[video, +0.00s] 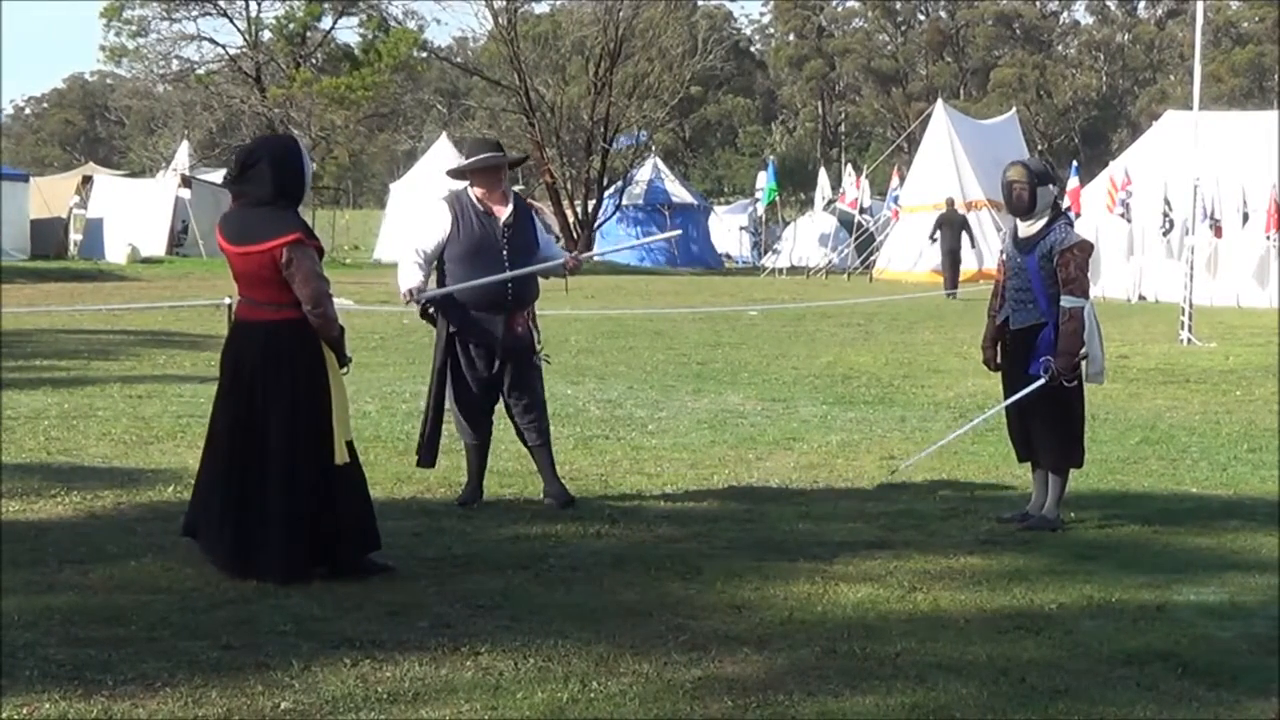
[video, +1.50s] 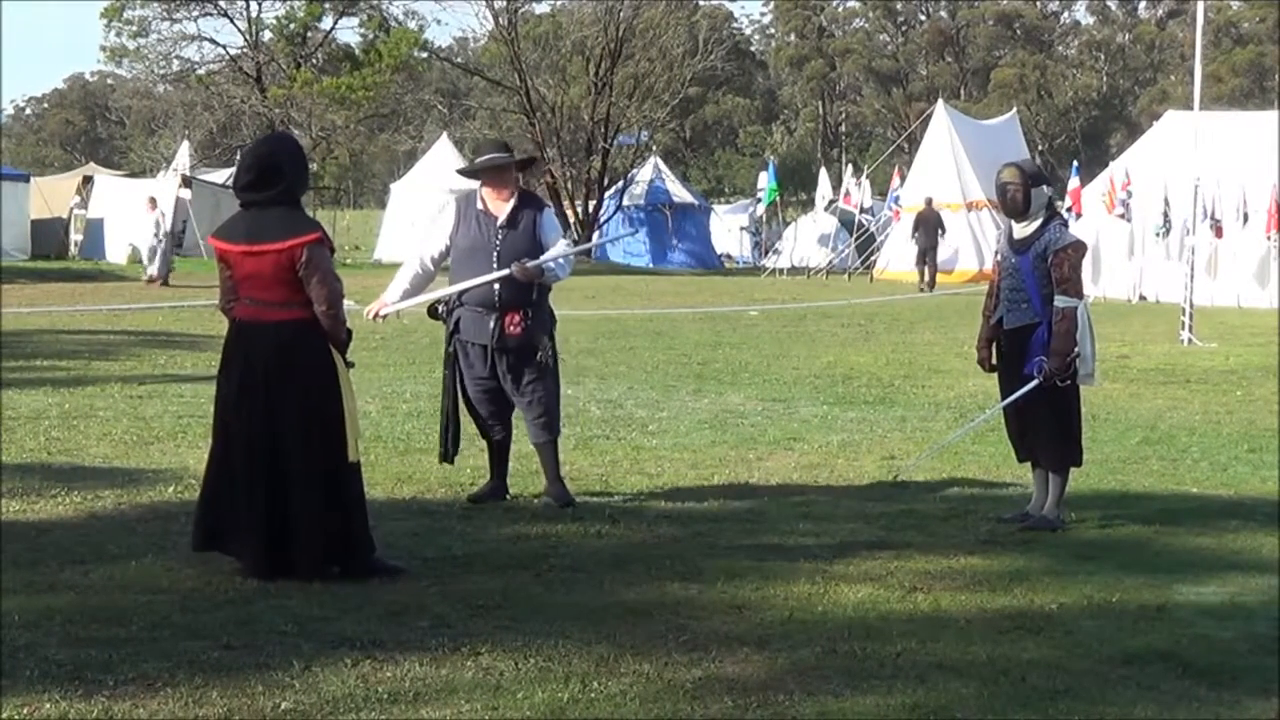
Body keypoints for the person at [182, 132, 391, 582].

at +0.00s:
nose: (307, 178)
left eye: (304, 170)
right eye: (302, 171)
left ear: (247, 176)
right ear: (291, 179)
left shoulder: (229, 227)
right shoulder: (291, 235)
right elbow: (317, 305)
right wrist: (339, 344)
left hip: (247, 337)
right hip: (291, 343)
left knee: (247, 439)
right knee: (305, 441)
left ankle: (242, 541)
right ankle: (310, 546)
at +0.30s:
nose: (301, 179)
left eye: (298, 171)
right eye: (297, 171)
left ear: (242, 175)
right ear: (288, 178)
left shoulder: (225, 229)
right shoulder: (288, 232)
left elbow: (211, 288)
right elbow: (311, 306)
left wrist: (254, 291)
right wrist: (333, 342)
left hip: (240, 343)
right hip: (288, 347)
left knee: (253, 441)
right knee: (309, 441)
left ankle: (261, 547)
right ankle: (336, 547)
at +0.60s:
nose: (301, 181)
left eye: (299, 172)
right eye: (297, 173)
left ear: (241, 175)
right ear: (285, 179)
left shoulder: (222, 233)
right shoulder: (289, 235)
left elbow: (224, 302)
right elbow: (315, 306)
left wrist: (251, 326)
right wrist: (334, 343)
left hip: (241, 346)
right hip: (290, 349)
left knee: (252, 443)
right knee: (311, 444)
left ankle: (260, 548)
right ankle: (341, 548)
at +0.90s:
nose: (308, 181)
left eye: (305, 173)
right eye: (305, 173)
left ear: (247, 178)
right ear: (297, 179)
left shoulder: (229, 233)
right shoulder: (304, 234)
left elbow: (231, 299)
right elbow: (327, 304)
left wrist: (246, 330)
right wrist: (342, 339)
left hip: (248, 344)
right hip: (300, 345)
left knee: (254, 440)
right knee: (310, 441)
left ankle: (256, 547)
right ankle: (316, 545)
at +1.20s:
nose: (309, 181)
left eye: (306, 173)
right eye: (305, 173)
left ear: (250, 176)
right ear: (297, 178)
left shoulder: (232, 232)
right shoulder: (306, 233)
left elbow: (230, 300)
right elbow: (328, 305)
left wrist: (246, 333)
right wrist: (344, 339)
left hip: (249, 344)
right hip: (301, 345)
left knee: (256, 442)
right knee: (314, 442)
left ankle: (261, 548)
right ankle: (322, 547)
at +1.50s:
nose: (306, 180)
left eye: (304, 172)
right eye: (302, 172)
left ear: (248, 176)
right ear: (293, 177)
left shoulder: (228, 233)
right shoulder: (304, 233)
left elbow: (228, 301)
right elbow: (326, 306)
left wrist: (251, 328)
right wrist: (342, 339)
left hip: (247, 345)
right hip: (299, 347)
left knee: (253, 444)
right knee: (312, 444)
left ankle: (259, 550)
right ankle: (322, 549)